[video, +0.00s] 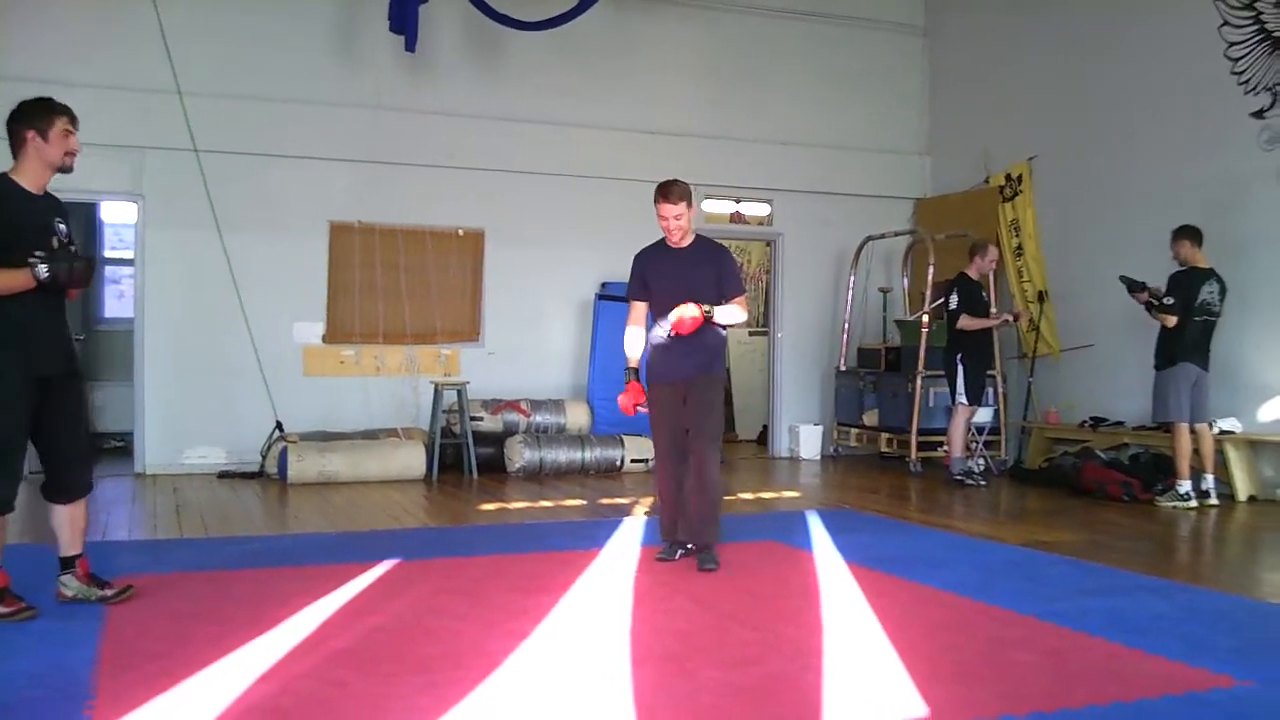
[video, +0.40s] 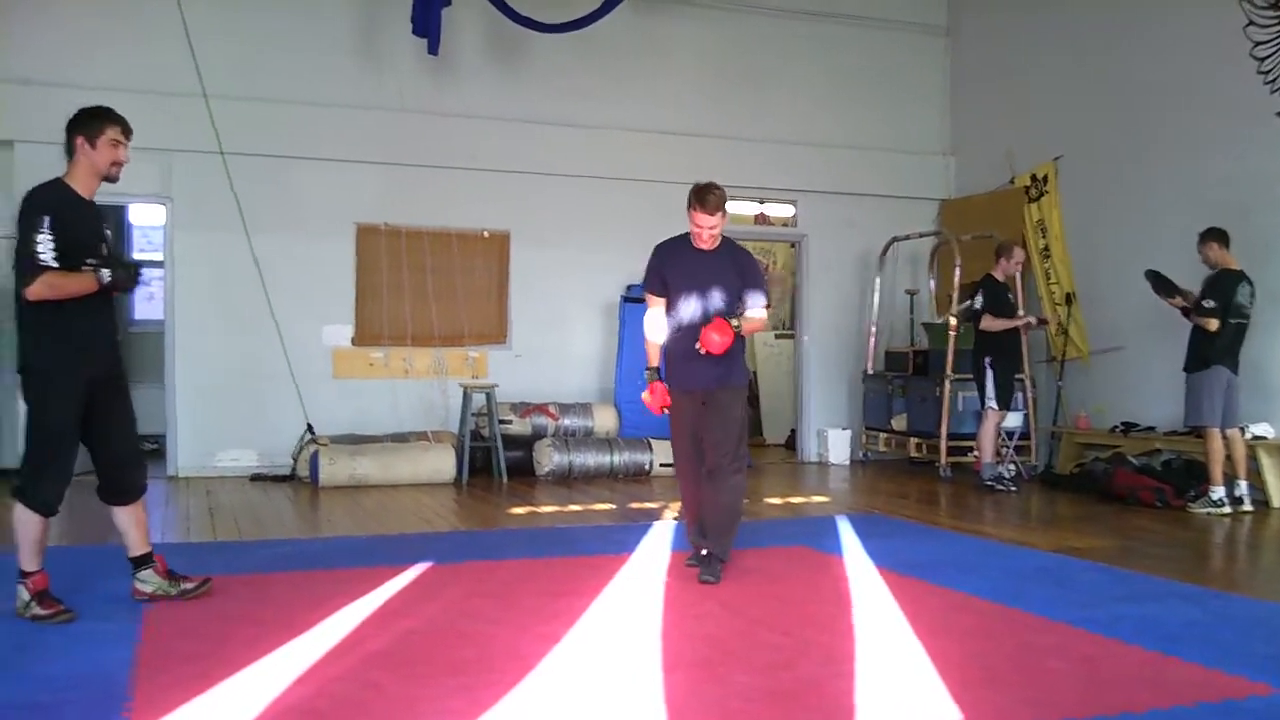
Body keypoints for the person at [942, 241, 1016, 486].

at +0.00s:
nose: (993, 267)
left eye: (995, 262)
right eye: (991, 262)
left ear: (979, 260)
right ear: (977, 260)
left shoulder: (977, 286)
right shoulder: (960, 284)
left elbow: (981, 316)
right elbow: (960, 321)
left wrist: (1007, 317)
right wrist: (995, 320)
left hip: (975, 355)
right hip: (962, 355)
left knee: (967, 409)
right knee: (962, 409)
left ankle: (961, 462)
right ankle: (956, 465)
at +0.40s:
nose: (1019, 268)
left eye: (1021, 264)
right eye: (1017, 263)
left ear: (1006, 263)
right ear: (1002, 261)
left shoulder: (1003, 287)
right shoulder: (988, 285)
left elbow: (1003, 320)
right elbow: (984, 323)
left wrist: (1027, 322)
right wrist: (1018, 322)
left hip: (1003, 357)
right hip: (990, 357)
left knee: (995, 414)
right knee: (993, 413)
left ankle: (989, 468)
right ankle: (988, 470)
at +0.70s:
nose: (1049, 265)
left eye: (1051, 261)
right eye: (1046, 260)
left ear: (1036, 260)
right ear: (1031, 258)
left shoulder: (1033, 285)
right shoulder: (1017, 283)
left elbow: (1031, 316)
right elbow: (1013, 319)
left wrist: (1055, 317)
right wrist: (1047, 319)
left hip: (1031, 355)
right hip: (1018, 355)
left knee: (1024, 411)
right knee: (1021, 410)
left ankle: (1016, 465)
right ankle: (1015, 468)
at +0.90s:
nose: (1046, 259)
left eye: (1047, 254)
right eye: (1042, 254)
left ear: (1033, 257)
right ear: (1027, 255)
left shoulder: (1031, 284)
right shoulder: (1013, 282)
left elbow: (1028, 316)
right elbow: (1009, 318)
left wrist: (1051, 316)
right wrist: (1044, 317)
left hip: (1028, 354)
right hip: (1016, 354)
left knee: (1020, 409)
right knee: (1017, 408)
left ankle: (1012, 464)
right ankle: (1011, 467)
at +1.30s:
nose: (1021, 198)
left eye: (1022, 193)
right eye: (1016, 193)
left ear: (1007, 196)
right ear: (1000, 194)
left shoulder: (1006, 225)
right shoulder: (988, 222)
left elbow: (1002, 258)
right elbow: (984, 260)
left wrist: (1028, 259)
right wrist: (1019, 260)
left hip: (1004, 295)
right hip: (991, 295)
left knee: (994, 351)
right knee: (993, 350)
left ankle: (986, 404)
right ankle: (985, 406)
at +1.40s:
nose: (1026, 199)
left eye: (1027, 195)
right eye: (1021, 194)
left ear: (1019, 197)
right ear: (1006, 196)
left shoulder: (1011, 227)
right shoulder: (993, 224)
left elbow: (1008, 259)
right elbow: (989, 262)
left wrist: (1032, 261)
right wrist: (1024, 263)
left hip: (1010, 297)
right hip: (997, 297)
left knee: (1001, 353)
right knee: (998, 352)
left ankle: (991, 406)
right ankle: (989, 409)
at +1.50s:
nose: (1031, 203)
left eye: (1032, 198)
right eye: (1027, 198)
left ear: (1018, 201)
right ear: (1011, 199)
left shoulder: (1017, 230)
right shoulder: (998, 227)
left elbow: (1014, 263)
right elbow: (994, 265)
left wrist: (1038, 265)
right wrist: (1030, 267)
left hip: (1015, 301)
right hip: (1002, 301)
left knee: (1007, 357)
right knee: (1003, 356)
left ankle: (998, 409)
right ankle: (993, 413)